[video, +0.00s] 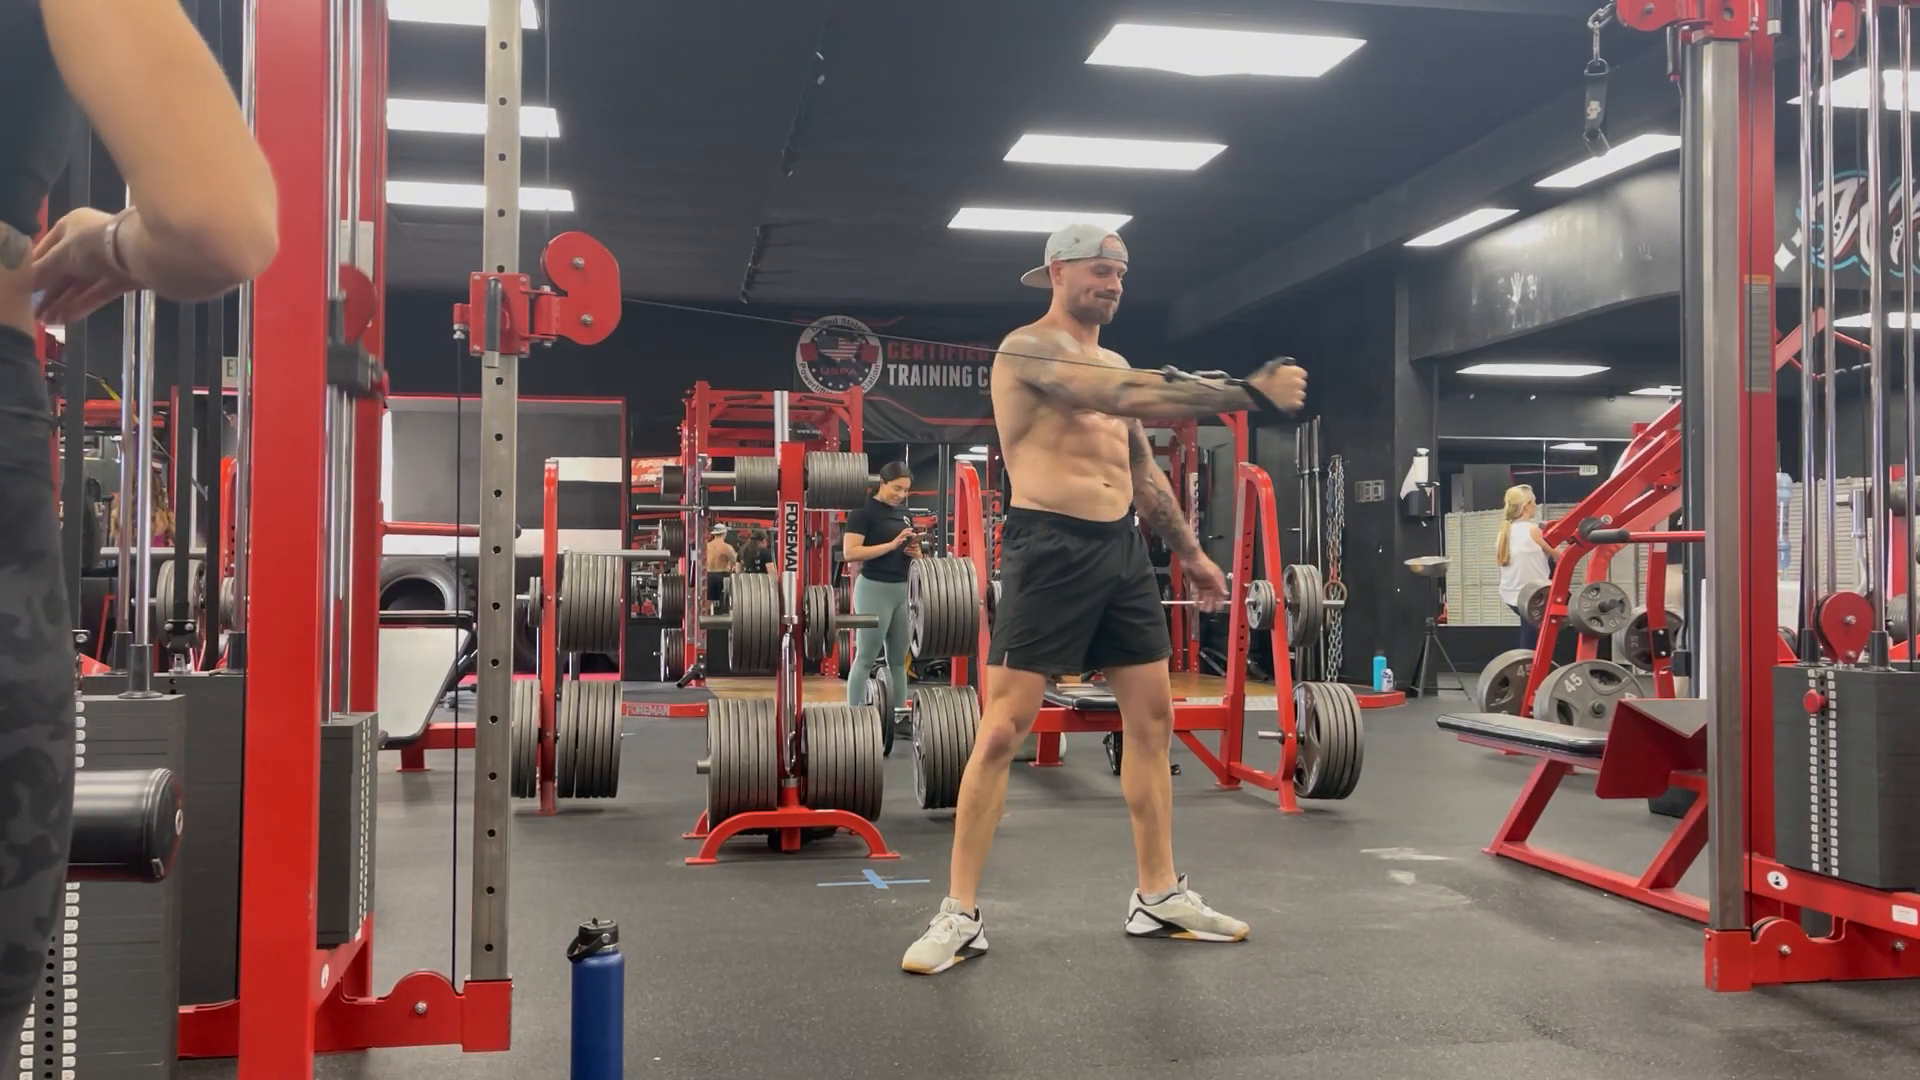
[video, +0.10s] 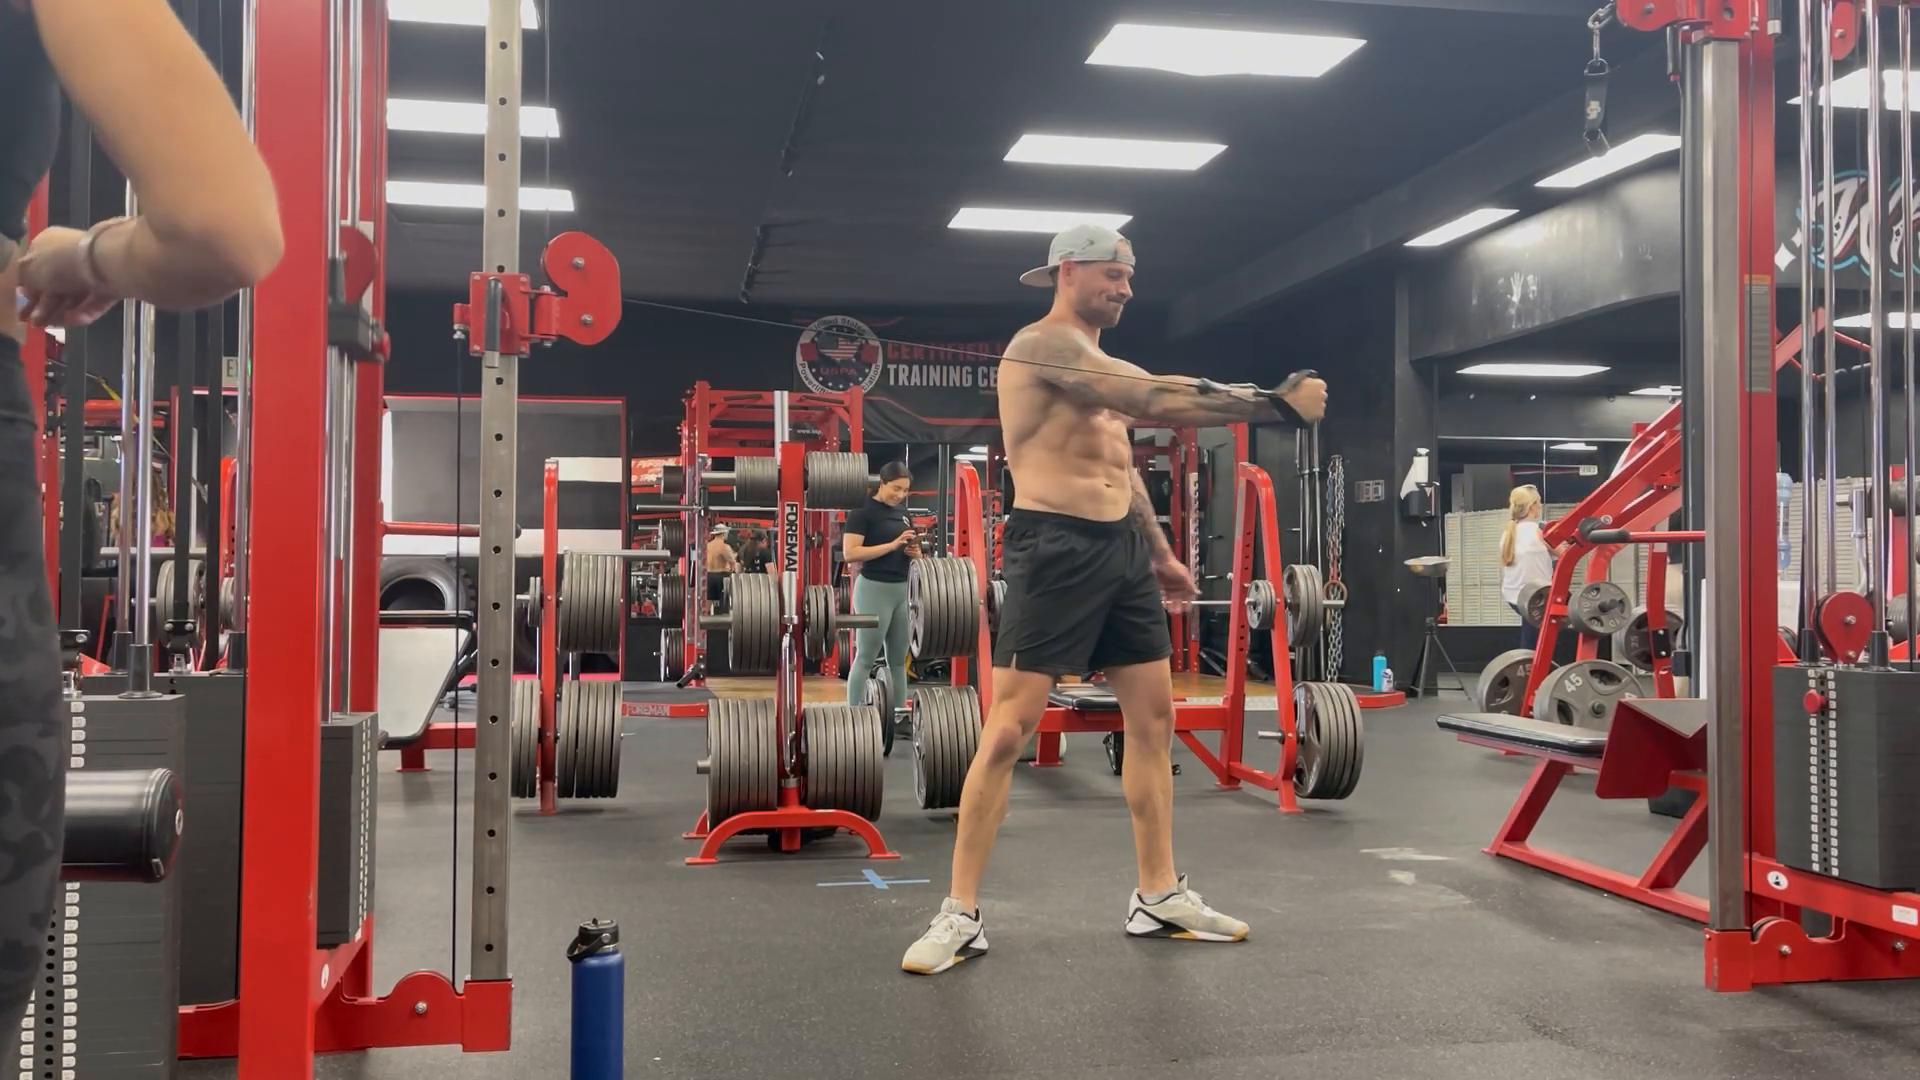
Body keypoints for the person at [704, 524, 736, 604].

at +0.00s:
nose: (725, 535)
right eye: (725, 533)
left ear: (714, 533)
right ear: (724, 534)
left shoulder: (708, 545)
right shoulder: (726, 547)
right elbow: (735, 558)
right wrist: (730, 567)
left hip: (710, 572)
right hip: (723, 572)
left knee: (709, 600)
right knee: (723, 601)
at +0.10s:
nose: (727, 535)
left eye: (727, 533)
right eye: (726, 533)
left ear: (715, 534)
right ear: (723, 534)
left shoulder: (709, 545)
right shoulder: (724, 546)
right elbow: (732, 559)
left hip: (710, 572)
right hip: (722, 572)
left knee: (710, 599)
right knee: (723, 599)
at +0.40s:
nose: (730, 536)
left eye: (730, 534)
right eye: (728, 534)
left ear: (721, 534)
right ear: (723, 534)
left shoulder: (711, 545)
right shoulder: (720, 547)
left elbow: (726, 552)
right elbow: (725, 565)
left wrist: (736, 555)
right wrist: (731, 575)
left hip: (711, 573)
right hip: (720, 573)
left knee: (710, 599)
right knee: (722, 601)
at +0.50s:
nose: (730, 536)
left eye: (730, 534)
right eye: (728, 534)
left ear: (721, 534)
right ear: (722, 534)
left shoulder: (711, 545)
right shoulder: (720, 547)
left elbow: (726, 552)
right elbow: (724, 565)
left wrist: (734, 555)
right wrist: (729, 576)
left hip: (711, 573)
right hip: (719, 573)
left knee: (710, 599)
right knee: (722, 600)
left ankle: (707, 617)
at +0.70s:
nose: (728, 536)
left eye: (728, 534)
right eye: (727, 534)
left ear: (718, 534)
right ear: (723, 534)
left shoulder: (710, 545)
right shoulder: (722, 547)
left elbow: (727, 552)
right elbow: (726, 564)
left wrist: (735, 555)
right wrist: (733, 574)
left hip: (711, 572)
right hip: (721, 572)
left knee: (710, 599)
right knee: (722, 600)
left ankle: (707, 616)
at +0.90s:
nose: (727, 535)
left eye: (726, 533)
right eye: (726, 533)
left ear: (715, 533)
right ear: (724, 534)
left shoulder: (709, 545)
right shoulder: (725, 547)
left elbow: (708, 559)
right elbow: (732, 560)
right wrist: (732, 570)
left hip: (711, 572)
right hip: (723, 572)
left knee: (709, 599)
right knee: (723, 600)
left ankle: (706, 616)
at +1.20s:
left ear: (714, 533)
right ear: (725, 534)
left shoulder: (708, 545)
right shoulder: (730, 547)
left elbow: (705, 560)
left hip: (711, 572)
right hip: (725, 572)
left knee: (709, 600)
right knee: (724, 601)